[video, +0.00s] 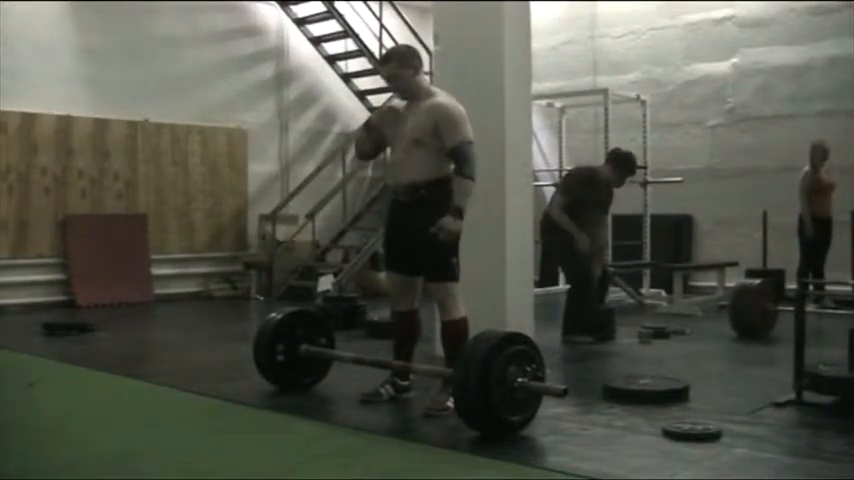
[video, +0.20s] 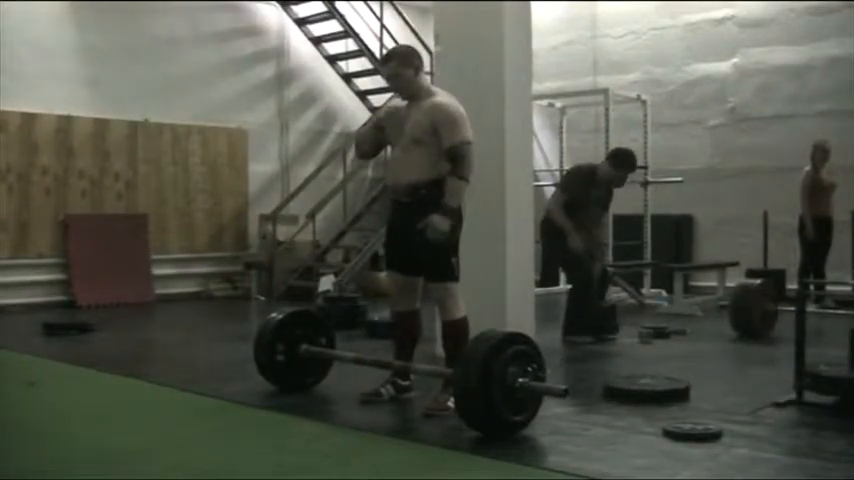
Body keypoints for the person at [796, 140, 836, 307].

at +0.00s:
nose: (821, 160)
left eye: (823, 156)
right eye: (818, 156)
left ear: (826, 158)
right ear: (812, 156)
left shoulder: (823, 175)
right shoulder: (808, 175)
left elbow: (824, 201)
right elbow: (804, 202)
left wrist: (827, 220)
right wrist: (807, 225)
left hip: (824, 220)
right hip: (810, 220)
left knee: (819, 259)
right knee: (807, 259)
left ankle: (819, 294)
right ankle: (802, 293)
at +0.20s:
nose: (823, 158)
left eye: (825, 155)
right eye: (820, 155)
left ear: (828, 157)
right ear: (813, 155)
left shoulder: (823, 175)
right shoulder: (809, 175)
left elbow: (824, 200)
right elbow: (805, 202)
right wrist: (808, 224)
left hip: (824, 220)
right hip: (811, 220)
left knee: (819, 260)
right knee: (808, 259)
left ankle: (820, 294)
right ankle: (803, 293)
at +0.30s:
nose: (824, 159)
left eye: (826, 155)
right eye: (821, 155)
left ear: (828, 157)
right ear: (814, 155)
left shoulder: (824, 175)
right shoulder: (810, 175)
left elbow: (825, 199)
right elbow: (806, 202)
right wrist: (809, 224)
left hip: (825, 220)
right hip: (812, 220)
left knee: (820, 259)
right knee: (809, 258)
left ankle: (821, 294)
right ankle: (803, 293)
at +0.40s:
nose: (824, 159)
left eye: (826, 155)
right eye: (821, 155)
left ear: (828, 157)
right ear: (814, 155)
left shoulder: (824, 175)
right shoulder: (810, 175)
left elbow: (825, 200)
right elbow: (806, 202)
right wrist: (809, 224)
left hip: (825, 220)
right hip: (812, 220)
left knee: (820, 260)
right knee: (809, 259)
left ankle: (820, 294)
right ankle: (803, 293)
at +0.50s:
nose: (824, 159)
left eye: (826, 155)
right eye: (821, 155)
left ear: (828, 157)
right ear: (814, 155)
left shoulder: (823, 175)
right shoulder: (809, 175)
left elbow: (824, 200)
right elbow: (806, 202)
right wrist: (809, 224)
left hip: (825, 220)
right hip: (811, 220)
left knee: (820, 259)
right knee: (808, 259)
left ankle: (820, 293)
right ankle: (803, 293)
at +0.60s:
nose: (824, 159)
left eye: (826, 155)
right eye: (821, 155)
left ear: (828, 157)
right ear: (814, 155)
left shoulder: (824, 175)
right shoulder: (809, 175)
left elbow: (824, 199)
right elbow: (805, 201)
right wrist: (809, 224)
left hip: (824, 220)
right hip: (811, 220)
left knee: (820, 259)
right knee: (808, 258)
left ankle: (820, 294)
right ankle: (802, 293)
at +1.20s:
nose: (824, 159)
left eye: (826, 156)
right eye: (821, 155)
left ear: (828, 157)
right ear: (814, 155)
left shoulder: (824, 175)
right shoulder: (809, 174)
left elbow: (825, 200)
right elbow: (805, 201)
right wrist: (809, 224)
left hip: (824, 221)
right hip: (811, 220)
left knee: (820, 260)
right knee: (808, 259)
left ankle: (820, 294)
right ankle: (803, 293)